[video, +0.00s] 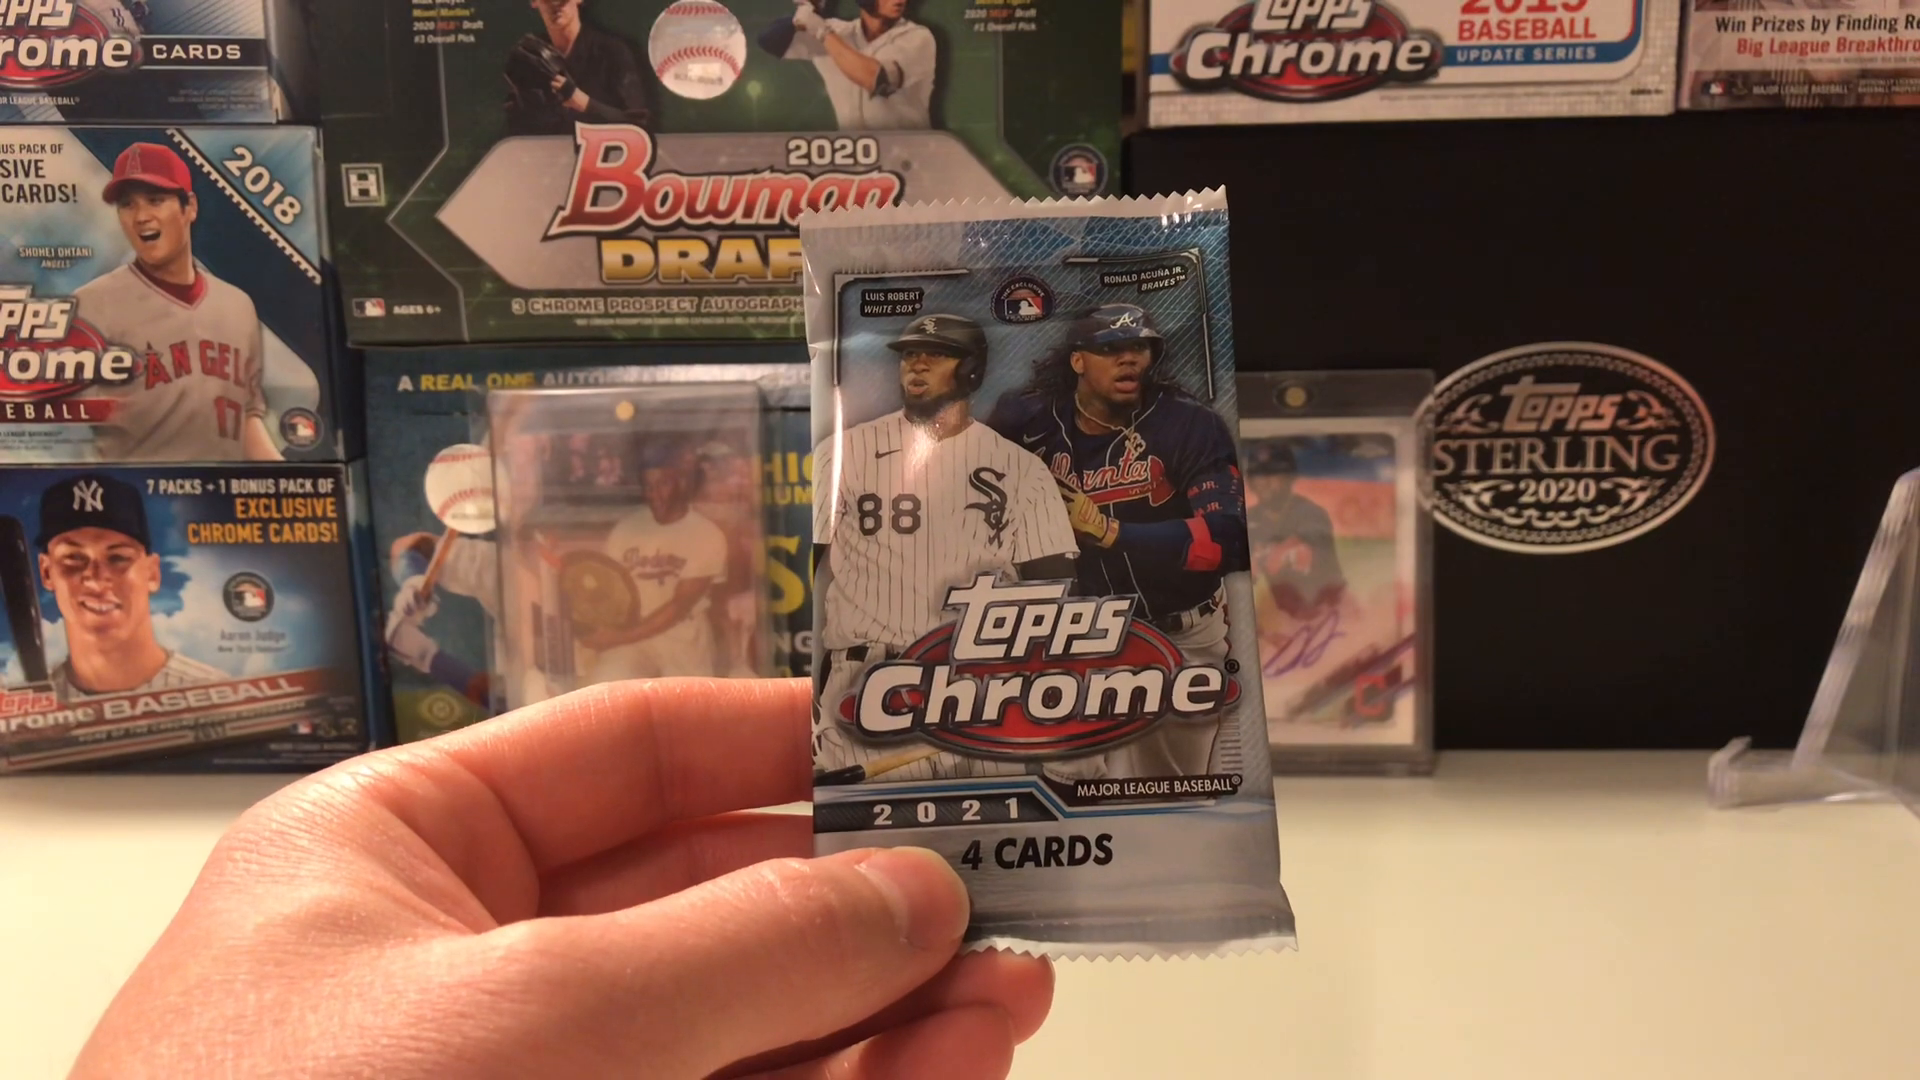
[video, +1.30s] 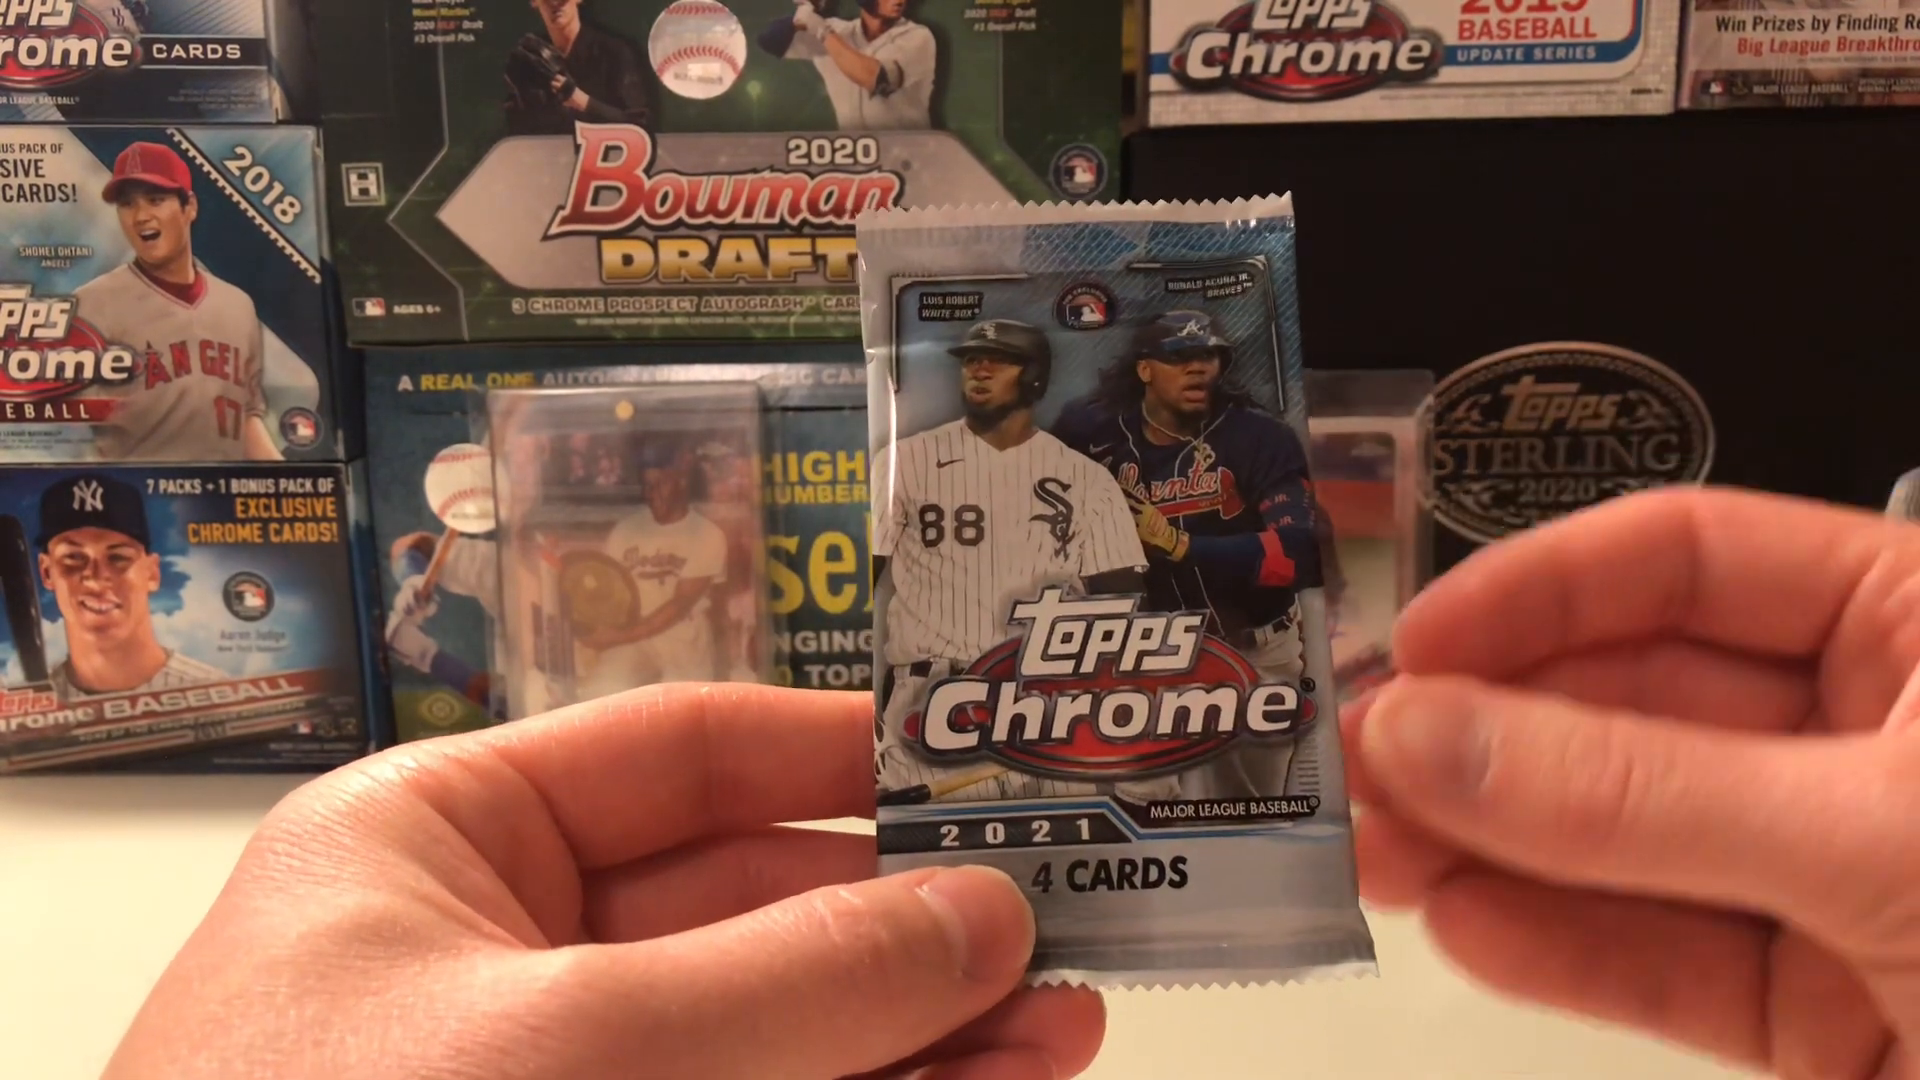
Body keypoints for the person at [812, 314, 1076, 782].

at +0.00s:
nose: (916, 366)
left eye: (933, 356)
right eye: (909, 355)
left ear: (968, 370)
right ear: (899, 365)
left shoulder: (1020, 471)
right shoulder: (840, 456)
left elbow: (1051, 594)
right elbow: (812, 571)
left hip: (975, 694)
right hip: (856, 692)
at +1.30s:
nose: (979, 371)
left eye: (997, 361)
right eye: (972, 360)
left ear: (1033, 378)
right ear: (961, 369)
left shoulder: (1086, 480)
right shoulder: (903, 464)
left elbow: (1121, 607)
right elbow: (866, 590)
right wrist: (870, 713)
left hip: (1042, 713)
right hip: (920, 709)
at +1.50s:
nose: (984, 364)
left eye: (1002, 353)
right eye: (977, 353)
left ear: (1040, 370)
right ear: (966, 363)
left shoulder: (1096, 478)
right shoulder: (904, 462)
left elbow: (1128, 612)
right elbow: (856, 587)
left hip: (1052, 717)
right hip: (927, 715)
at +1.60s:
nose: (997, 368)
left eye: (1015, 357)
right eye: (990, 356)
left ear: (1052, 374)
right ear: (979, 366)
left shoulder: (1108, 484)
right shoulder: (918, 463)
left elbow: (1141, 609)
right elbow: (869, 586)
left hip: (1060, 714)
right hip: (938, 711)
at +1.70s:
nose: (1012, 370)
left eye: (1031, 360)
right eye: (1006, 358)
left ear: (1067, 376)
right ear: (994, 367)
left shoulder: (1122, 490)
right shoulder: (933, 463)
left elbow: (1149, 622)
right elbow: (902, 590)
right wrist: (898, 719)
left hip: (1071, 723)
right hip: (949, 717)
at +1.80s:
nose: (1016, 371)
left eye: (1035, 360)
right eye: (1009, 358)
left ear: (1072, 377)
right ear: (998, 367)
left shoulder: (1127, 490)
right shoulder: (938, 464)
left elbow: (1155, 620)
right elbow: (905, 594)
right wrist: (903, 712)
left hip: (1079, 723)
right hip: (956, 717)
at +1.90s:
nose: (1017, 371)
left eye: (1036, 361)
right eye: (1010, 359)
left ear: (1072, 378)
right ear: (998, 368)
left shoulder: (1127, 491)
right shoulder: (938, 464)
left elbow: (1154, 623)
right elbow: (907, 597)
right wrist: (902, 715)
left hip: (1079, 726)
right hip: (955, 718)